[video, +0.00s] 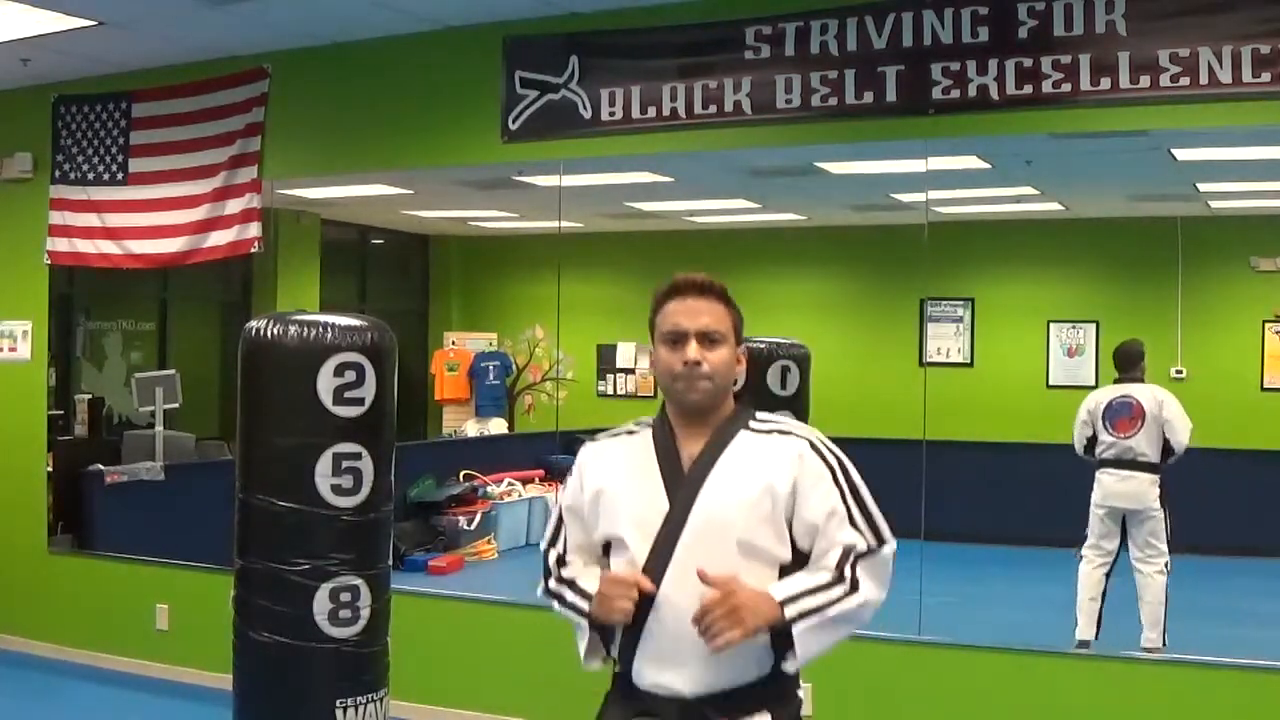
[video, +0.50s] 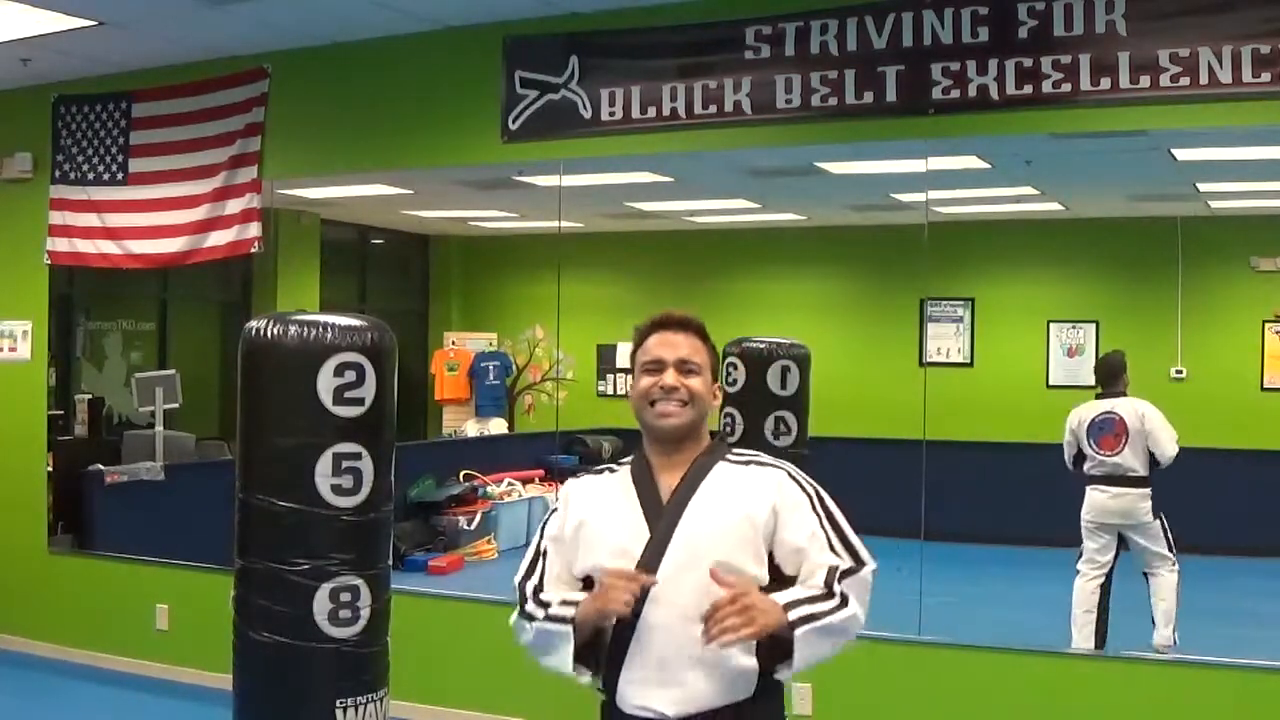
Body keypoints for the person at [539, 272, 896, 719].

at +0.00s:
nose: (692, 355)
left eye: (709, 340)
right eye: (674, 340)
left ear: (739, 362)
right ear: (652, 359)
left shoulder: (797, 453)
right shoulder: (601, 459)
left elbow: (863, 561)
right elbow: (559, 566)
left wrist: (774, 605)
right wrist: (592, 596)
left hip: (752, 706)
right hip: (636, 704)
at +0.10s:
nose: (681, 354)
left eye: (699, 339)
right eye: (663, 340)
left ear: (728, 360)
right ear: (642, 361)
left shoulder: (788, 450)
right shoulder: (591, 458)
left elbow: (865, 556)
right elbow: (545, 564)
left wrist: (775, 580)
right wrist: (577, 587)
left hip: (743, 702)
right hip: (627, 701)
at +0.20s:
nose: (674, 394)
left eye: (691, 379)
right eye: (656, 379)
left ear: (718, 395)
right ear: (635, 394)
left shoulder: (780, 495)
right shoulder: (583, 503)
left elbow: (850, 605)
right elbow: (529, 616)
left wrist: (777, 614)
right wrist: (562, 632)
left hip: (740, 712)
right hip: (621, 711)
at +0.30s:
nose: (666, 414)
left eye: (684, 400)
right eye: (649, 401)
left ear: (711, 418)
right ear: (628, 420)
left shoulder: (772, 520)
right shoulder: (579, 528)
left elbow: (818, 628)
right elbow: (535, 635)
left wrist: (768, 656)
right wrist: (557, 677)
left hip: (730, 714)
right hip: (614, 713)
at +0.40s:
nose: (663, 399)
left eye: (680, 386)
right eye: (646, 387)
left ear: (707, 404)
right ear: (624, 406)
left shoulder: (769, 504)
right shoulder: (578, 513)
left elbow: (828, 606)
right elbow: (533, 626)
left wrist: (768, 639)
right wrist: (575, 645)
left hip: (730, 711)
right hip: (613, 713)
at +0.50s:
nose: (669, 382)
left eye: (688, 370)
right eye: (652, 369)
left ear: (714, 392)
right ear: (631, 387)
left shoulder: (773, 485)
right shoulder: (582, 495)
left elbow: (847, 582)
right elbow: (531, 611)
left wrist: (781, 612)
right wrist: (587, 611)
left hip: (737, 709)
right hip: (625, 711)